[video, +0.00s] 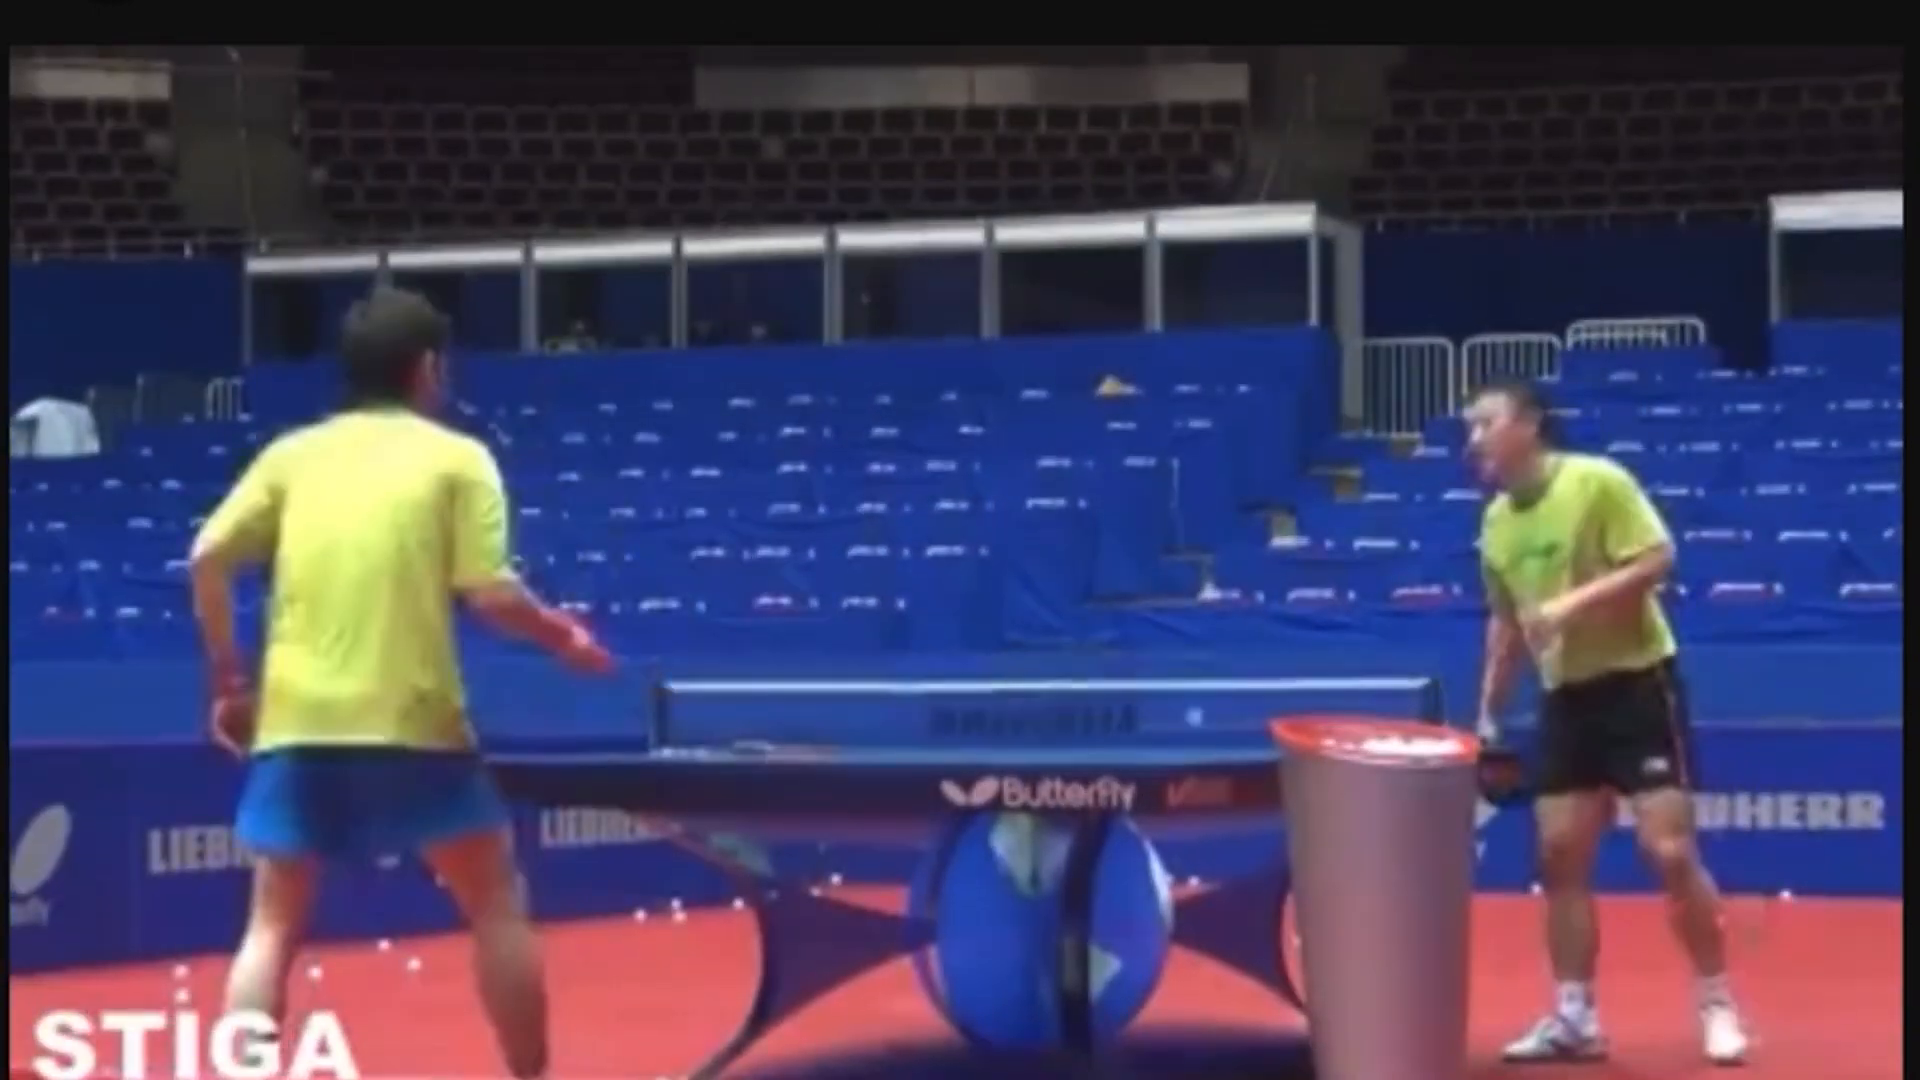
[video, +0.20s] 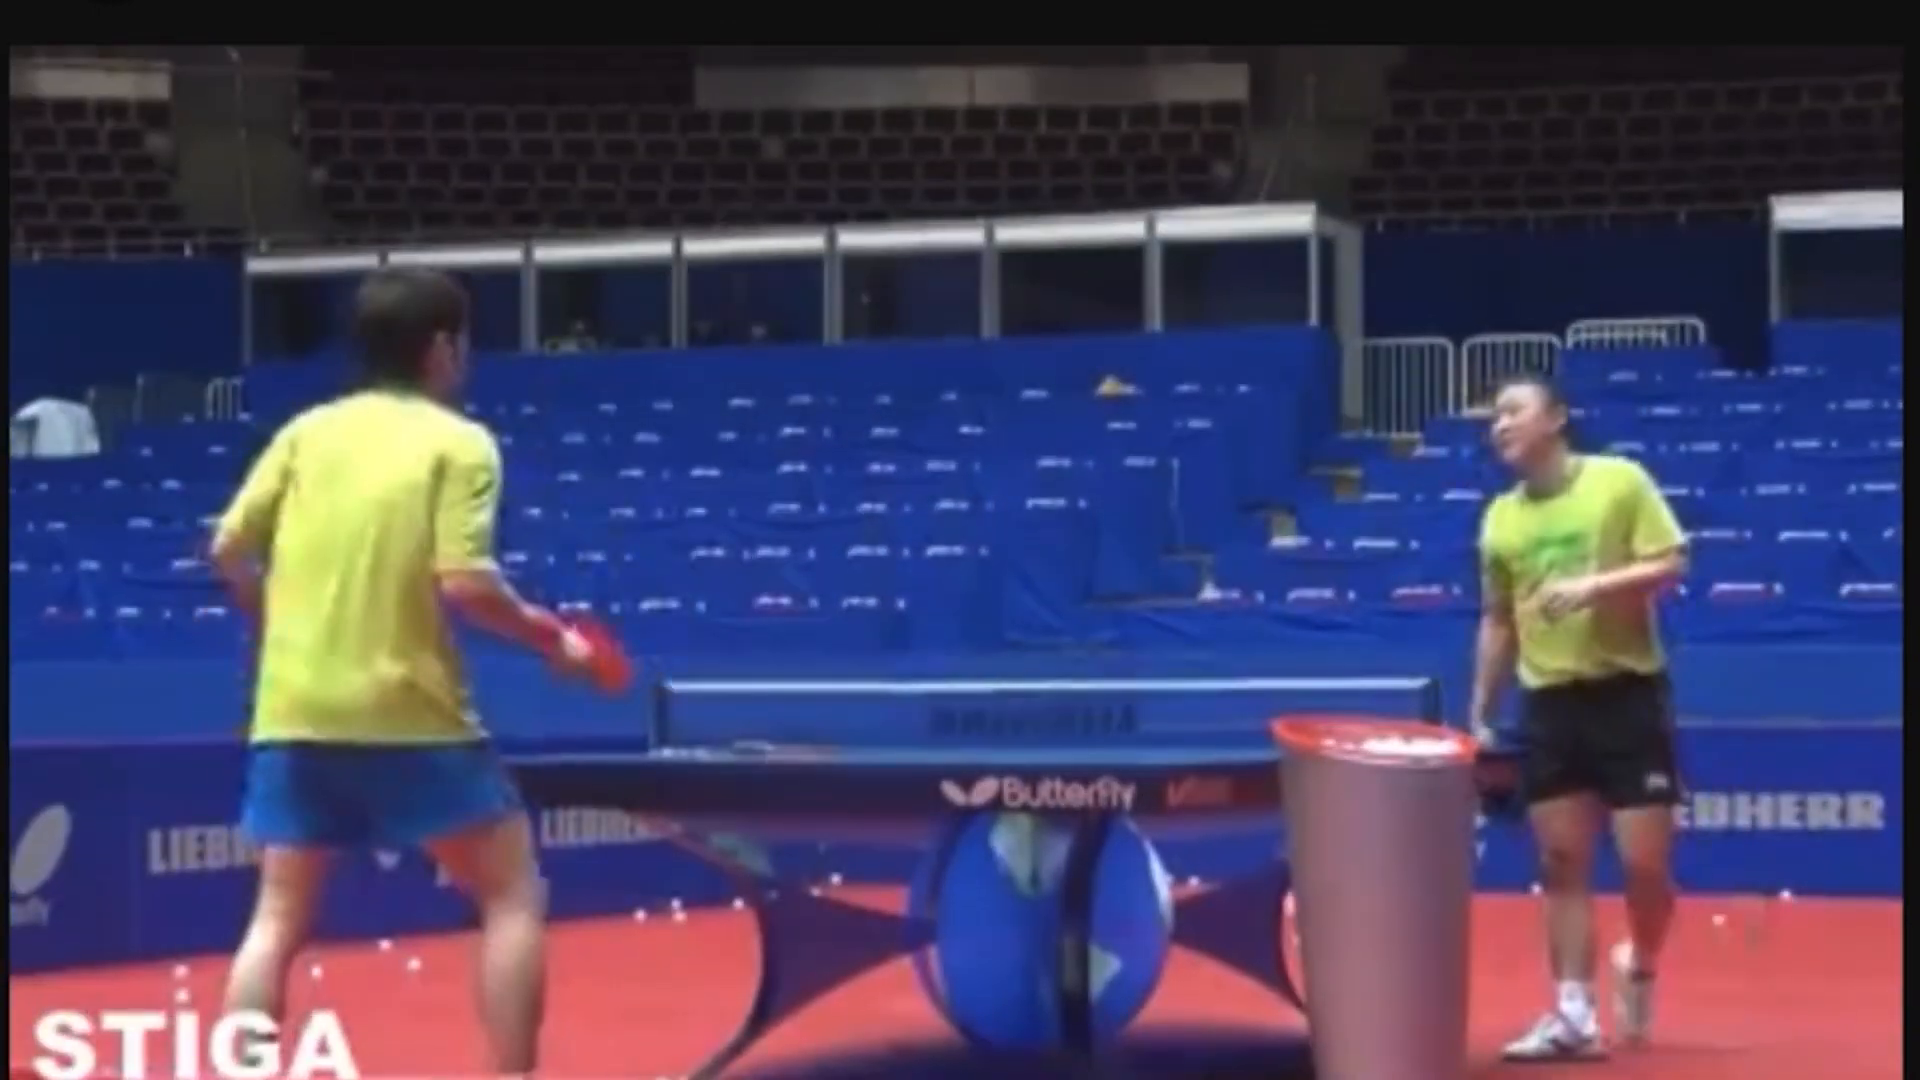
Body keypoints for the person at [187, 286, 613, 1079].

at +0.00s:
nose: (444, 376)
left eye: (439, 362)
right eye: (441, 363)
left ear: (354, 370)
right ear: (424, 369)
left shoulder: (294, 454)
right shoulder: (459, 458)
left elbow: (208, 558)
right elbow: (488, 589)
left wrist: (229, 681)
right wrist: (563, 637)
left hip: (293, 729)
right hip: (412, 729)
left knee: (271, 924)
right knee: (495, 906)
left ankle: (239, 1069)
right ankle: (531, 1067)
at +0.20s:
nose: (463, 360)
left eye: (461, 344)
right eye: (460, 345)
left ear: (370, 348)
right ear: (439, 350)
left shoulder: (306, 433)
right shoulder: (460, 443)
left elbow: (230, 549)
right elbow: (464, 579)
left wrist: (288, 625)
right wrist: (555, 641)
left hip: (293, 716)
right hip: (408, 717)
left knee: (277, 915)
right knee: (512, 895)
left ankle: (237, 1069)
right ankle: (513, 1067)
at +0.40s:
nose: (526, 353)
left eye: (520, 337)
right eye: (519, 338)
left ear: (442, 348)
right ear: (496, 346)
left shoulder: (403, 425)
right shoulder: (522, 439)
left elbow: (402, 553)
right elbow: (567, 579)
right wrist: (584, 656)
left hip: (354, 706)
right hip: (456, 713)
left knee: (338, 909)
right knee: (549, 904)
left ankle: (247, 1056)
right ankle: (523, 1067)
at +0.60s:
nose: (607, 331)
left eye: (602, 316)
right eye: (600, 316)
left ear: (529, 326)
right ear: (576, 322)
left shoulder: (490, 403)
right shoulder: (593, 410)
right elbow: (657, 539)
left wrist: (652, 470)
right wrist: (590, 605)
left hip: (447, 693)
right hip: (521, 707)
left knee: (474, 896)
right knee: (564, 912)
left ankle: (379, 1058)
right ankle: (527, 1069)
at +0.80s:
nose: (678, 328)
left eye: (677, 315)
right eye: (675, 315)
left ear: (593, 321)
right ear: (656, 322)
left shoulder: (570, 394)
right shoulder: (648, 398)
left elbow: (694, 547)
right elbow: (710, 477)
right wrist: (719, 452)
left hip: (544, 692)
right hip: (568, 703)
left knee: (626, 911)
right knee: (575, 920)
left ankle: (606, 1065)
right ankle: (526, 1067)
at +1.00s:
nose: (753, 338)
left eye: (749, 325)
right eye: (750, 325)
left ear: (671, 331)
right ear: (730, 328)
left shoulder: (650, 403)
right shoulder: (711, 401)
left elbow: (757, 546)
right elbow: (808, 479)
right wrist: (796, 458)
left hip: (644, 703)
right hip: (649, 709)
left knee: (713, 910)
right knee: (644, 918)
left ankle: (722, 1064)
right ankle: (547, 1068)